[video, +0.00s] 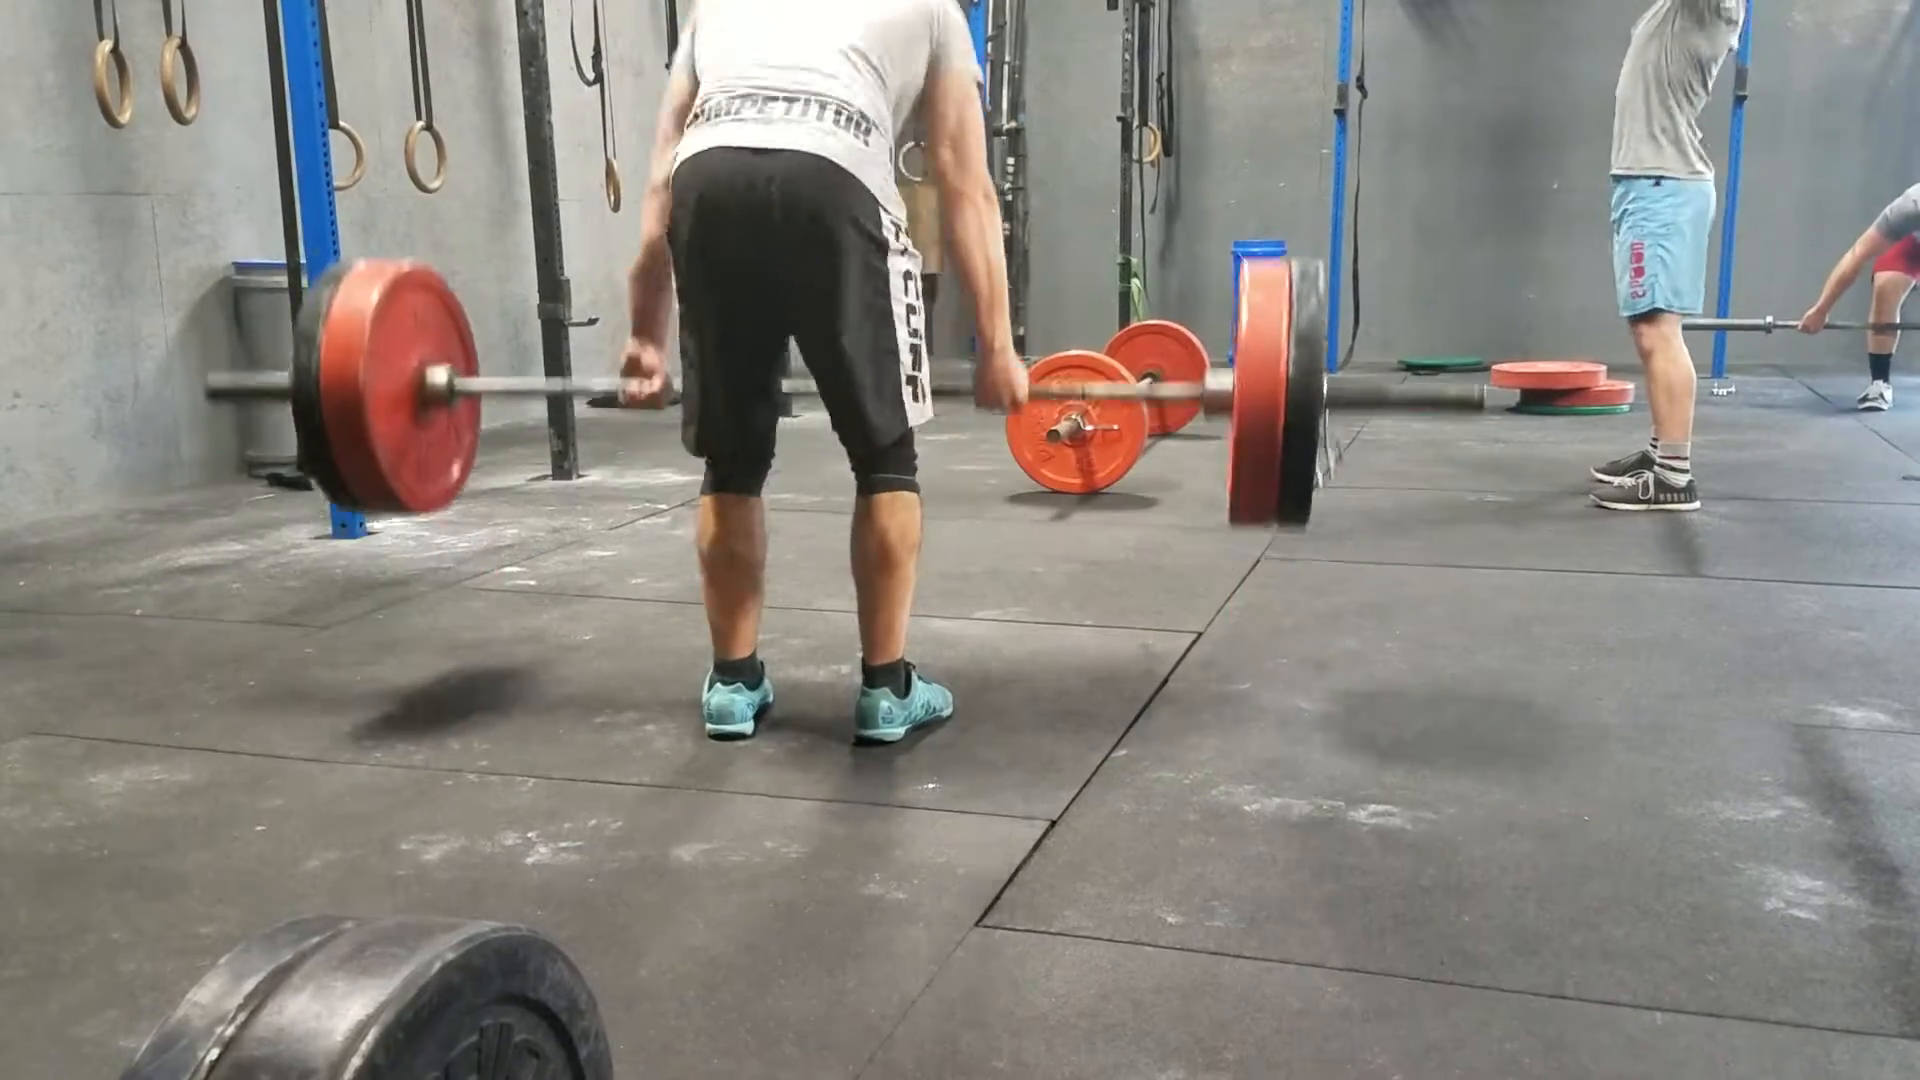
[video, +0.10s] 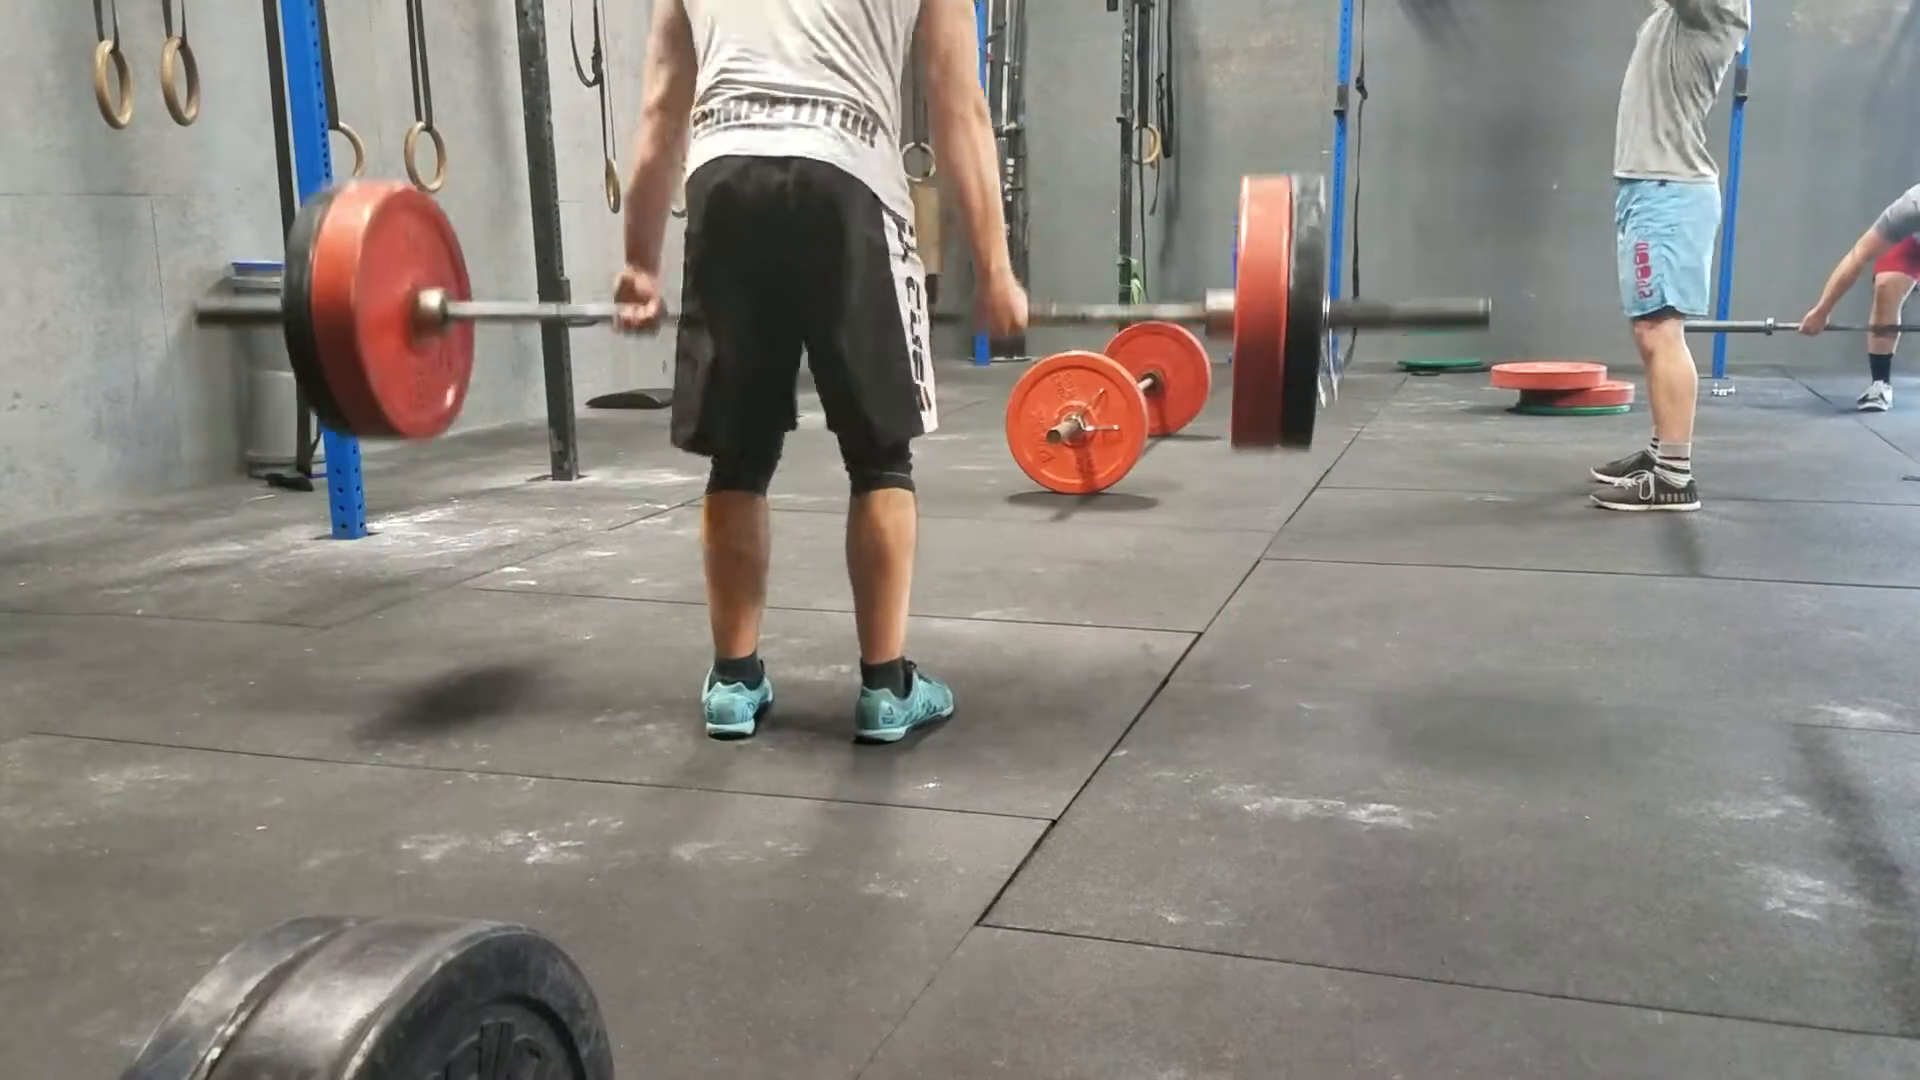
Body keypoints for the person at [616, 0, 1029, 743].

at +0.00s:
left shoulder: (713, 15)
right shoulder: (930, 11)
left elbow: (659, 219)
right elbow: (965, 184)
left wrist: (647, 338)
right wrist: (998, 342)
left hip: (709, 189)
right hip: (834, 189)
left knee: (731, 462)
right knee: (885, 459)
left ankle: (731, 682)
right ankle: (885, 687)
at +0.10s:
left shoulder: (689, 5)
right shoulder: (929, 4)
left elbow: (660, 118)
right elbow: (960, 111)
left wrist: (639, 261)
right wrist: (995, 267)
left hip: (725, 180)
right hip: (847, 182)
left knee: (737, 453)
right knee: (880, 454)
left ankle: (732, 681)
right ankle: (885, 686)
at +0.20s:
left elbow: (647, 72)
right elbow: (954, 69)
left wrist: (632, 225)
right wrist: (994, 233)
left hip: (729, 196)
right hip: (854, 195)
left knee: (741, 453)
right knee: (876, 454)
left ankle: (732, 680)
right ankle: (885, 685)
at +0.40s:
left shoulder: (683, 7)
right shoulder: (930, 5)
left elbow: (658, 146)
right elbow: (958, 147)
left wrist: (643, 295)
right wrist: (995, 304)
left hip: (707, 215)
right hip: (834, 214)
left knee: (735, 455)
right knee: (885, 457)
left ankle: (731, 681)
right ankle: (885, 687)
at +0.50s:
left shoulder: (714, 17)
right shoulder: (928, 25)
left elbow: (670, 211)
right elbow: (961, 224)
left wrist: (651, 374)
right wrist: (998, 390)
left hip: (702, 217)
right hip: (833, 219)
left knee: (721, 468)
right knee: (895, 461)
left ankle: (732, 682)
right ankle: (886, 687)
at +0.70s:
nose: (913, 168)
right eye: (914, 159)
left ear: (822, 143)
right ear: (907, 155)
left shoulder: (746, 173)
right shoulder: (932, 209)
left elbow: (680, 392)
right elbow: (966, 395)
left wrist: (663, 538)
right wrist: (1003, 550)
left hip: (695, 272)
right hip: (838, 283)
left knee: (730, 476)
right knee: (911, 479)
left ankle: (735, 683)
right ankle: (886, 685)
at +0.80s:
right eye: (921, 152)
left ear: (825, 131)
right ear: (912, 149)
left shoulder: (743, 158)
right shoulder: (932, 191)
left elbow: (670, 381)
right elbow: (967, 362)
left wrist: (658, 513)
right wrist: (1001, 522)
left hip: (697, 259)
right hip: (837, 268)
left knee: (731, 482)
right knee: (904, 473)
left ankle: (735, 681)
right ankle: (887, 685)